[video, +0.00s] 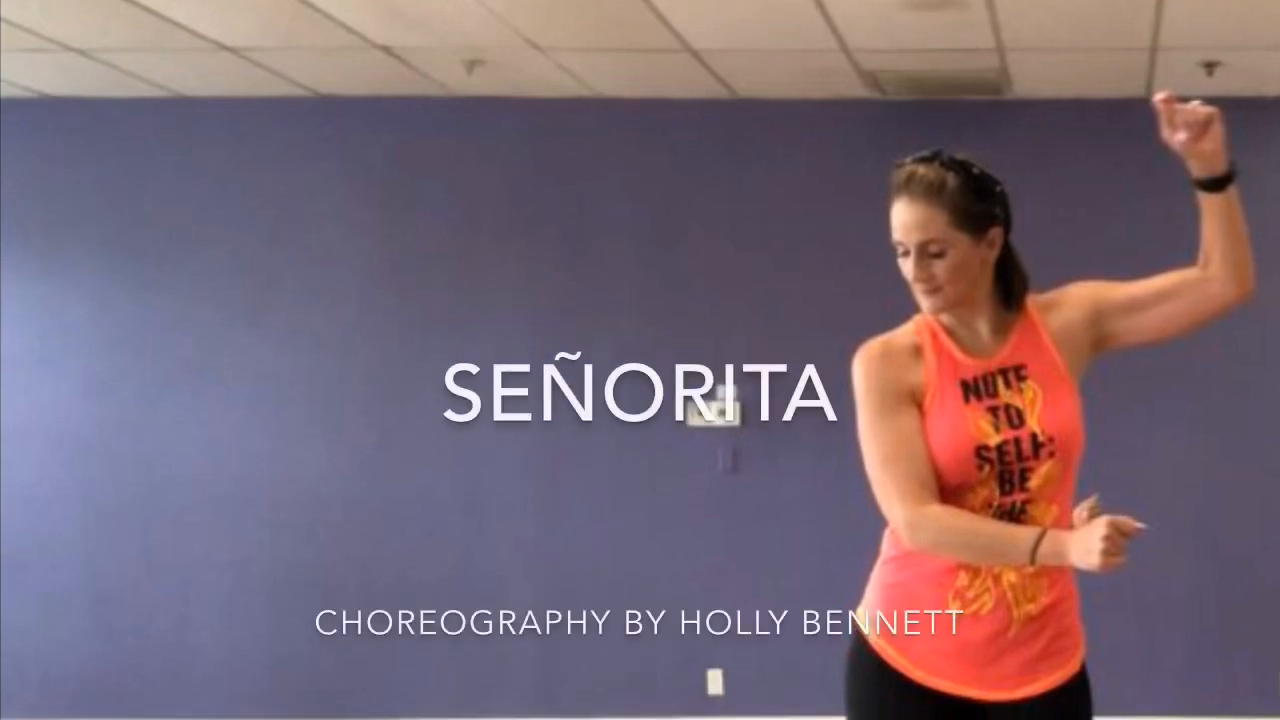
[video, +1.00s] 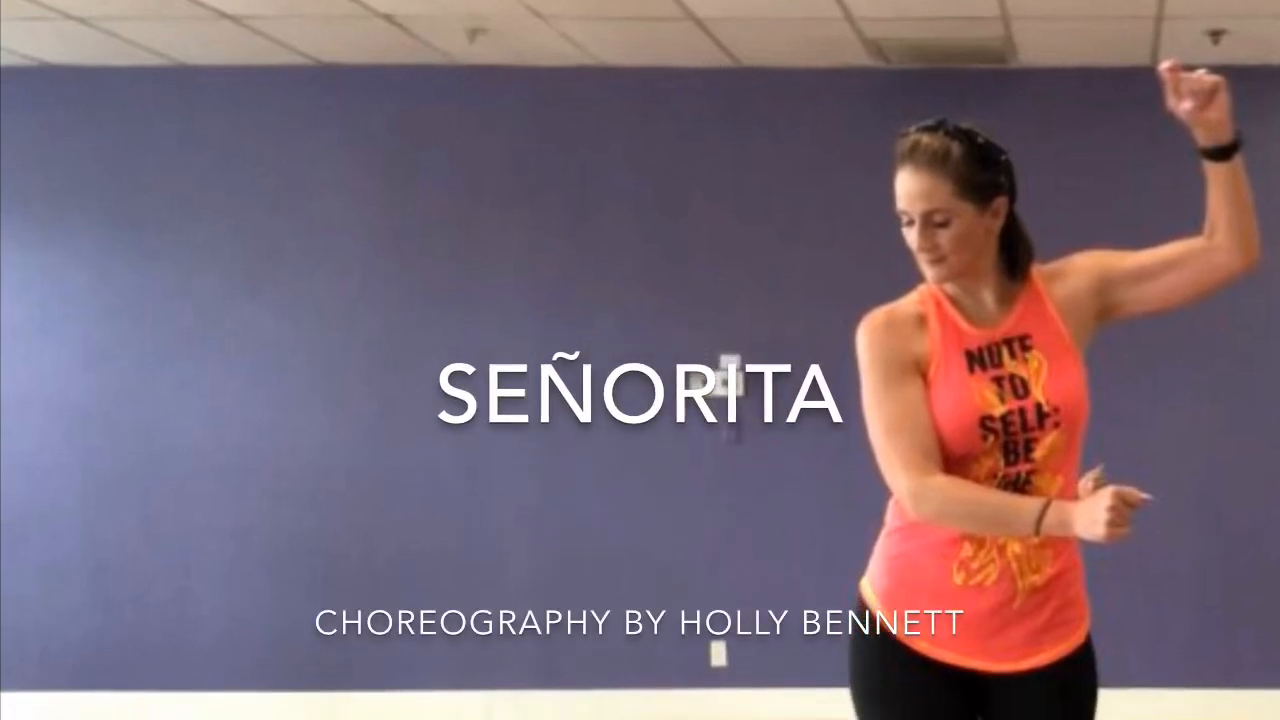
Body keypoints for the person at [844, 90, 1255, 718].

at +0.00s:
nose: (915, 273)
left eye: (934, 252)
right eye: (903, 253)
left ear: (992, 241)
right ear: (893, 250)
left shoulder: (1071, 321)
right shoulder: (888, 364)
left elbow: (1228, 281)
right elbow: (915, 520)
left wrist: (1210, 171)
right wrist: (1060, 545)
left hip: (1039, 673)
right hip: (908, 671)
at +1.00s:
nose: (920, 241)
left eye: (939, 221)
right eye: (907, 222)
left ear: (997, 210)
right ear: (897, 217)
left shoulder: (1076, 291)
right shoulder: (892, 334)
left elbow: (1233, 251)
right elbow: (921, 491)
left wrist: (1217, 140)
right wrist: (1066, 517)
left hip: (1045, 646)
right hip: (913, 643)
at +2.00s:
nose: (924, 211)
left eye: (943, 190)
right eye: (911, 192)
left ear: (1001, 179)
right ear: (902, 187)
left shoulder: (1081, 260)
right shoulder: (896, 305)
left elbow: (1238, 220)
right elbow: (925, 460)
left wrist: (1222, 108)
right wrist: (1068, 486)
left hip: (1048, 618)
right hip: (916, 618)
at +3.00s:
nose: (928, 181)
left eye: (946, 160)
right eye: (916, 162)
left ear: (1005, 149)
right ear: (906, 158)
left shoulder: (1087, 229)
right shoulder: (901, 273)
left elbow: (1242, 191)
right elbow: (928, 432)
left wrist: (1228, 79)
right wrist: (1074, 457)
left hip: (1054, 587)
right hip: (919, 587)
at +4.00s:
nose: (933, 150)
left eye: (953, 128)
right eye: (919, 129)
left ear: (1011, 116)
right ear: (909, 129)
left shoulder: (1092, 201)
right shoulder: (904, 244)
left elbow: (1249, 160)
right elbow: (931, 402)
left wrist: (1232, 45)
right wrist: (1077, 428)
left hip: (1058, 551)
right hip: (929, 555)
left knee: (1057, 712)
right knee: (945, 711)